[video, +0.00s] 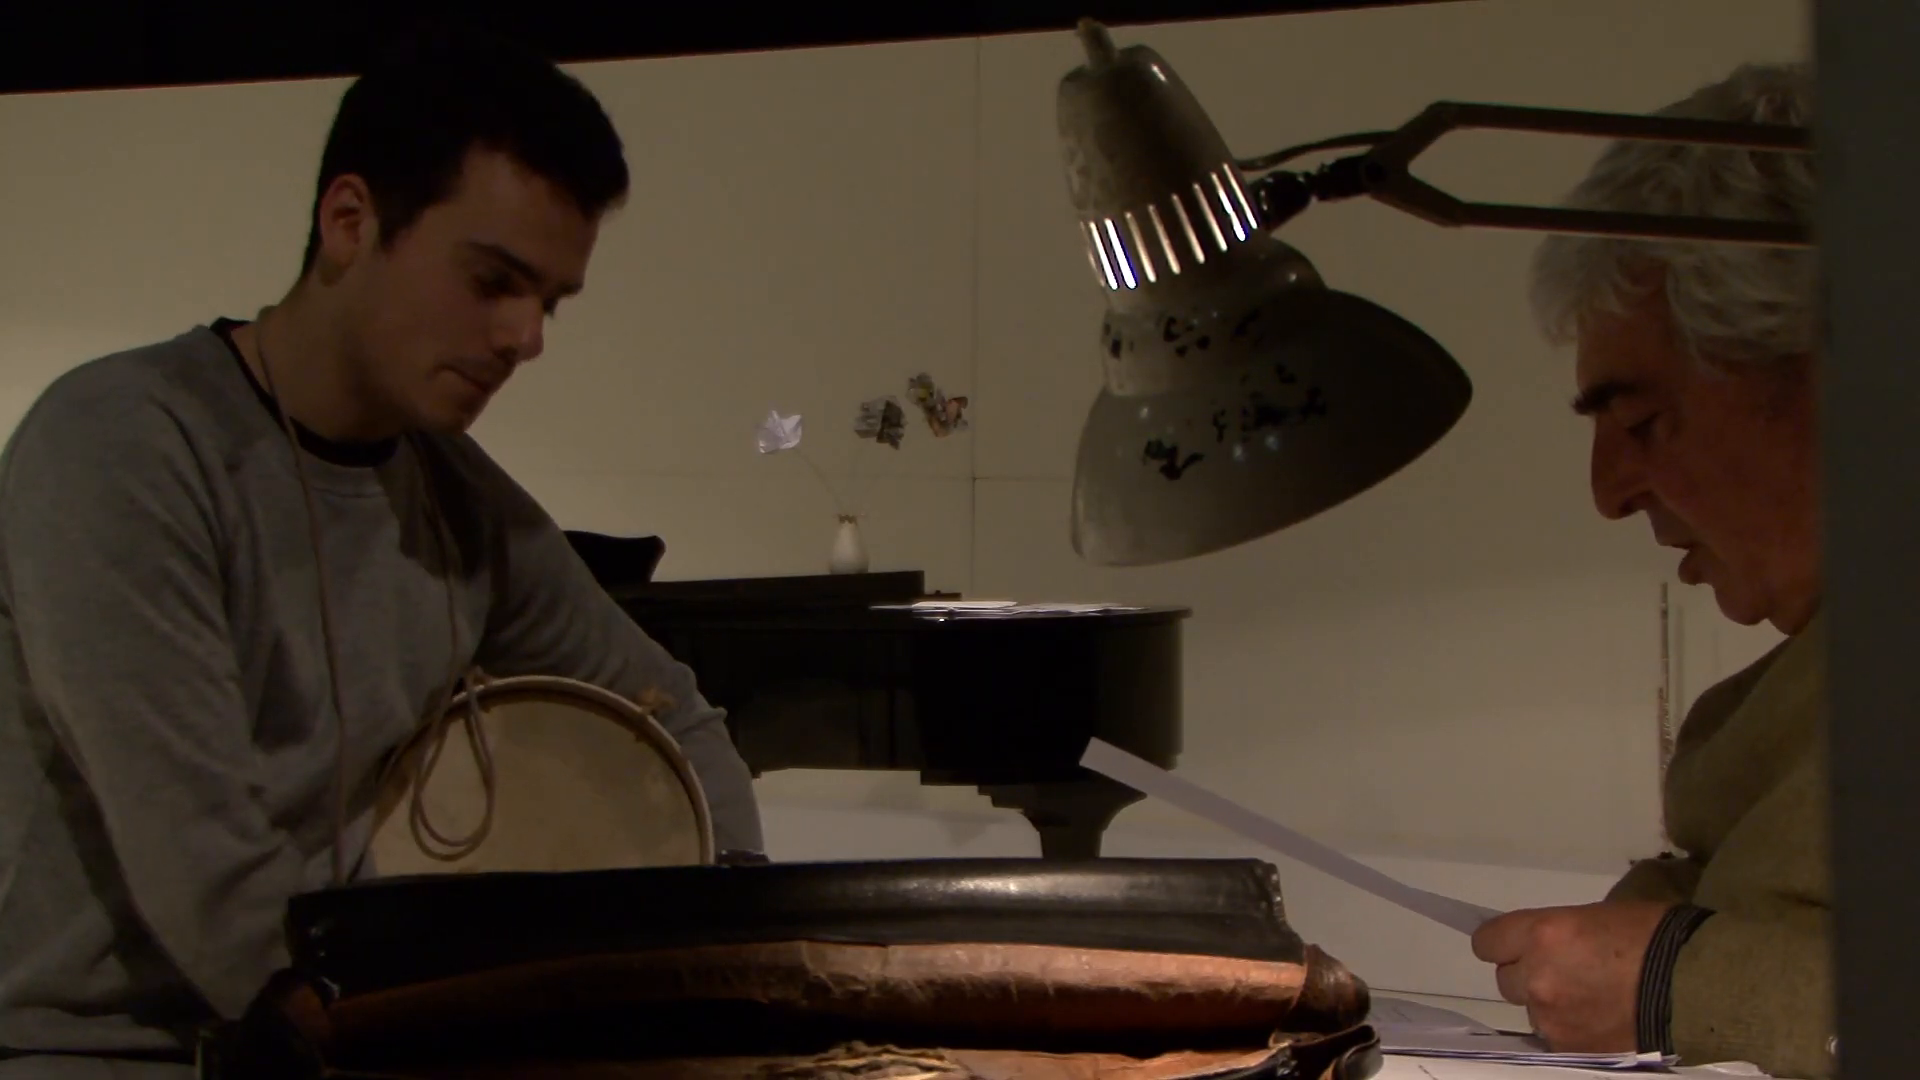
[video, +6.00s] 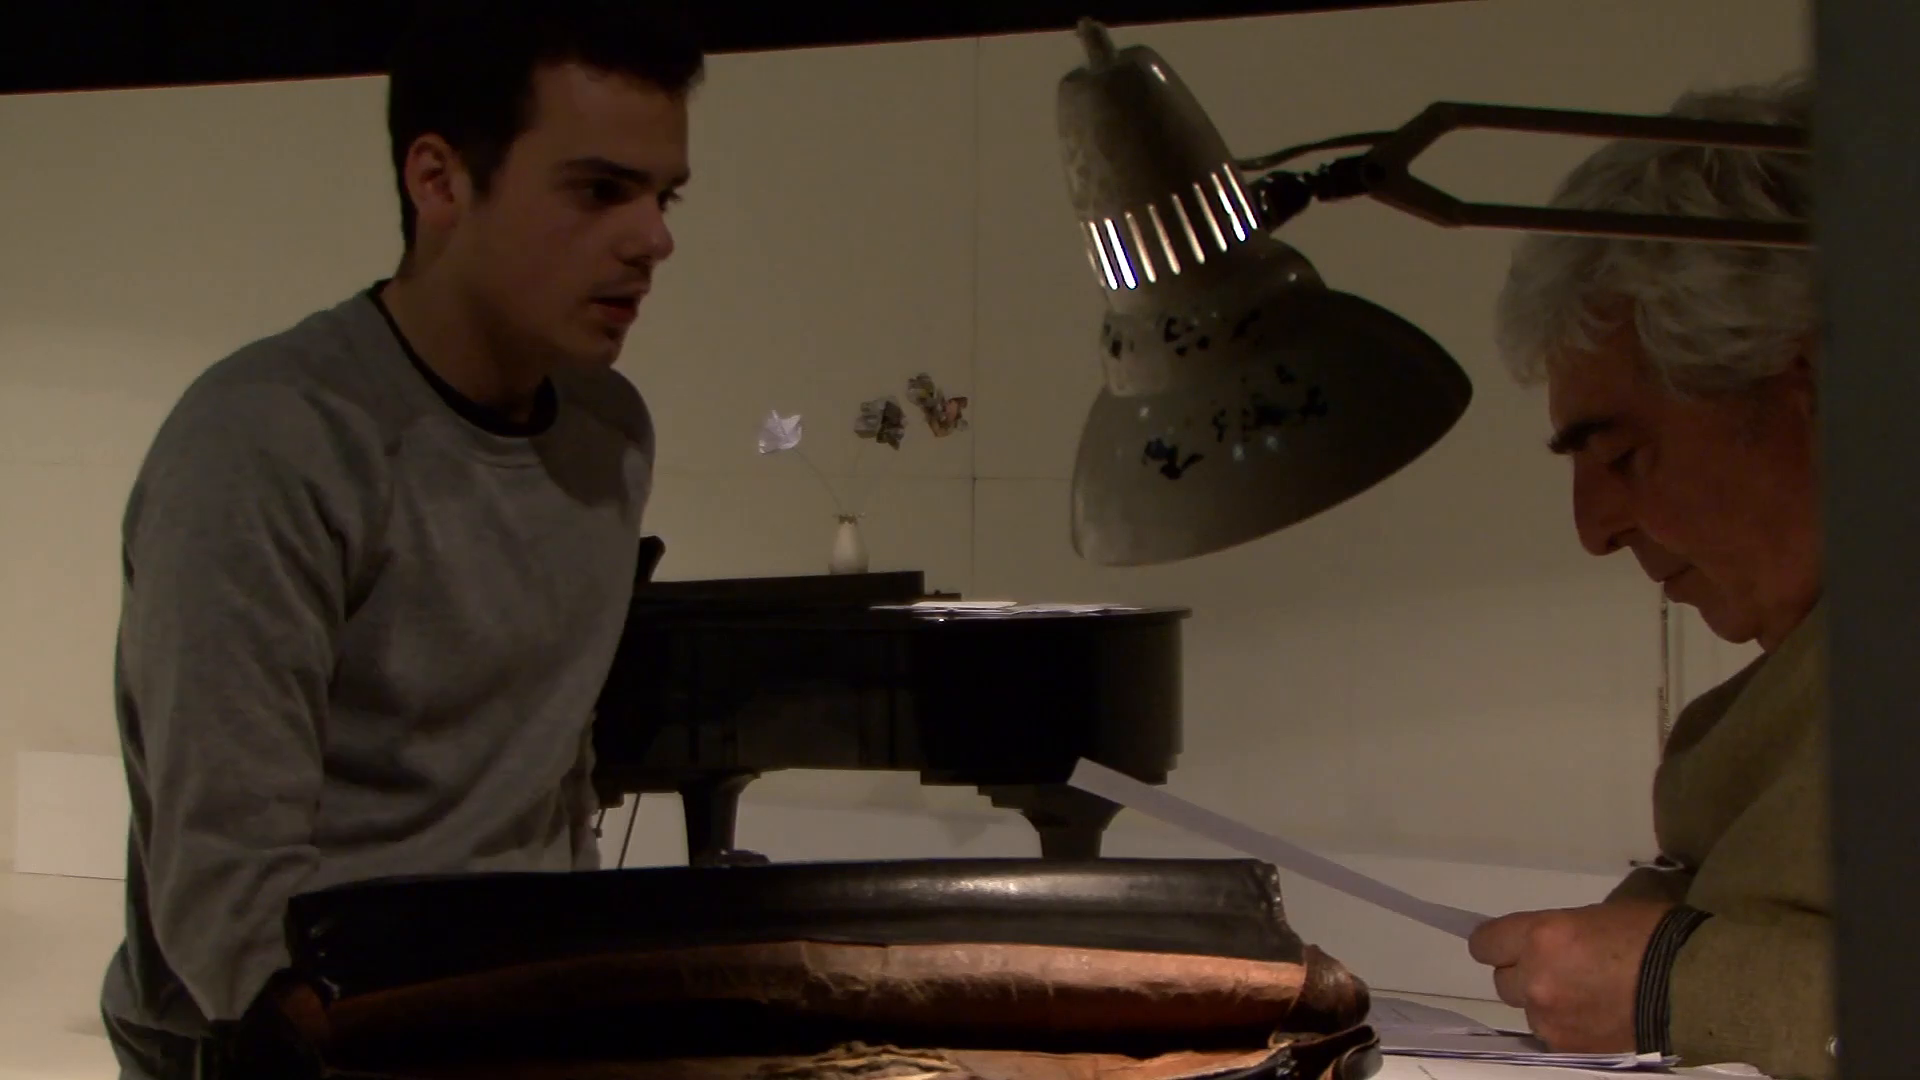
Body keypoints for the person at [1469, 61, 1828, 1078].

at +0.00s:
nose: (1612, 495)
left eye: (1640, 418)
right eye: (1602, 430)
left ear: (1823, 367)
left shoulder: (1869, 658)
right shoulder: (1798, 672)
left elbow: (1888, 1005)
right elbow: (1759, 880)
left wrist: (1675, 985)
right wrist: (1651, 933)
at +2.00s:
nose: (1603, 514)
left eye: (1628, 435)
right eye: (1591, 449)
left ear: (1807, 378)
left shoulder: (1874, 658)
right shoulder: (1794, 675)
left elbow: (1893, 1004)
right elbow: (1747, 871)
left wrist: (1674, 983)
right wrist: (1653, 931)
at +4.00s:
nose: (1601, 520)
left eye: (1623, 440)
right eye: (1589, 455)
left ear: (1806, 379)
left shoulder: (1873, 653)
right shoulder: (1796, 666)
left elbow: (1894, 1005)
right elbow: (1727, 869)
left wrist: (1674, 985)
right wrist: (1641, 946)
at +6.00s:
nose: (1594, 531)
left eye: (1619, 452)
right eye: (1584, 467)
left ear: (1802, 382)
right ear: (1796, 380)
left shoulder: (1876, 659)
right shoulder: (1792, 674)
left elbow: (1894, 1007)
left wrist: (1675, 986)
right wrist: (1652, 928)